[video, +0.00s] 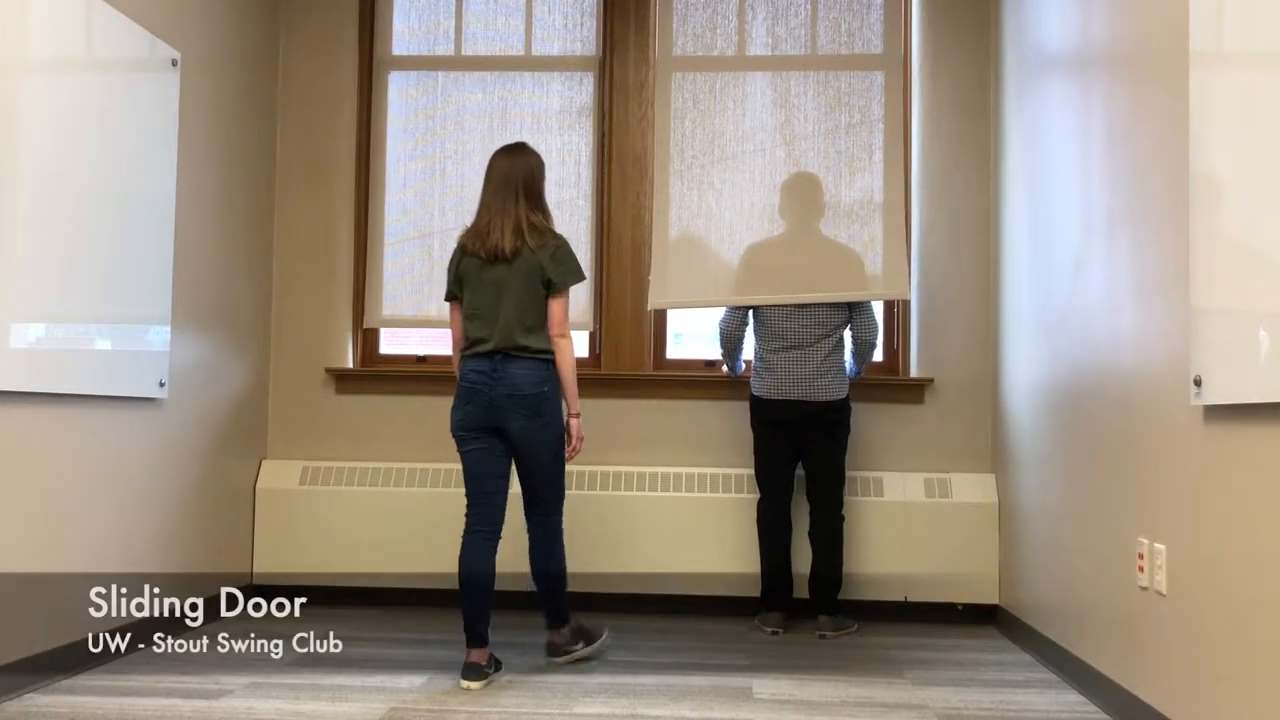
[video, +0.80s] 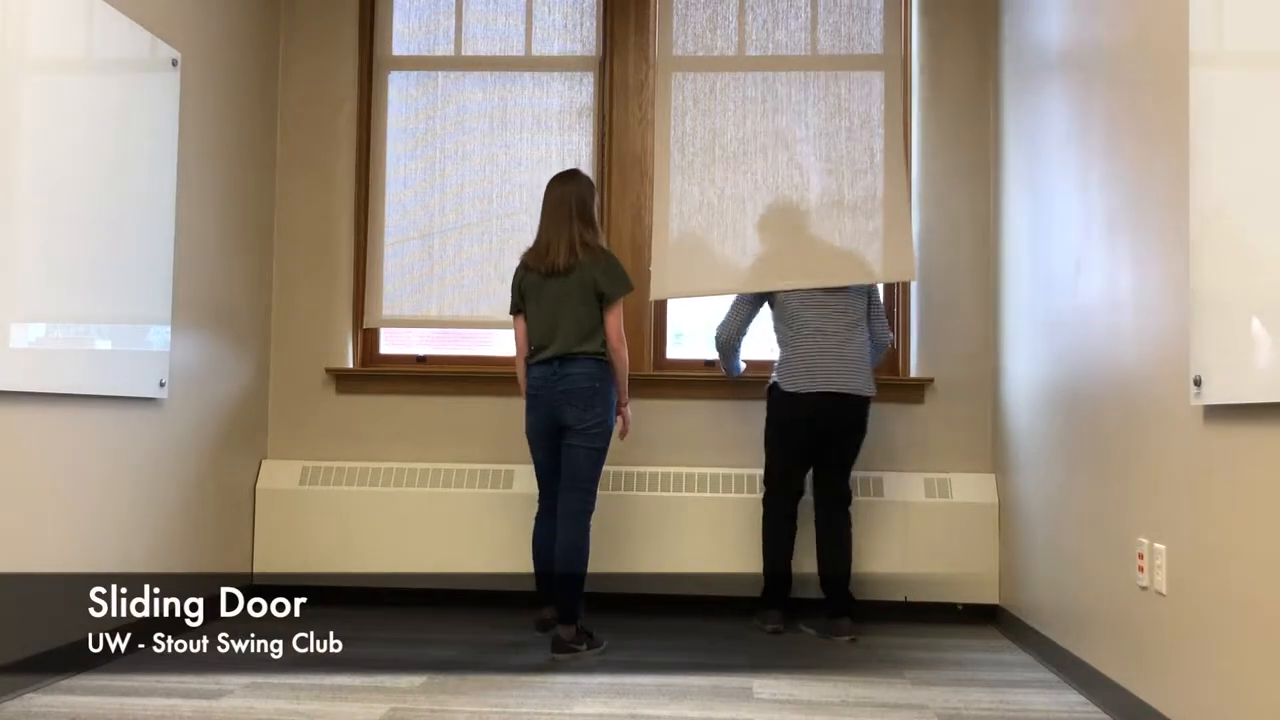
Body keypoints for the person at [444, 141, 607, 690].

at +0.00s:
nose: (545, 190)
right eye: (542, 181)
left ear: (490, 185)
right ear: (537, 186)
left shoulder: (466, 248)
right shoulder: (550, 247)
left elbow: (459, 339)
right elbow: (559, 334)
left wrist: (467, 396)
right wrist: (574, 410)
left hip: (473, 392)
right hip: (533, 391)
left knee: (480, 523)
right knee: (545, 516)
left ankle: (476, 652)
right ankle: (560, 632)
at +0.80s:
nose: (598, 211)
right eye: (594, 203)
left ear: (547, 207)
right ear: (589, 208)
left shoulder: (527, 267)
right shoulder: (601, 263)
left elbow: (523, 349)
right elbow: (615, 340)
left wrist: (531, 399)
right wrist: (622, 399)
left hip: (540, 389)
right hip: (589, 386)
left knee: (549, 501)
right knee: (576, 506)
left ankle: (549, 611)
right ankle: (568, 629)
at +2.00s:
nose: (574, 216)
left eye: (578, 210)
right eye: (565, 209)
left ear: (582, 218)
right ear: (545, 216)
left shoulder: (575, 277)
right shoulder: (534, 267)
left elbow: (581, 350)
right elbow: (531, 338)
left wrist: (591, 404)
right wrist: (560, 399)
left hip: (574, 394)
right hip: (543, 393)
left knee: (571, 502)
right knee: (550, 501)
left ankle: (556, 604)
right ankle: (534, 610)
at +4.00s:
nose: (570, 217)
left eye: (575, 210)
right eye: (560, 211)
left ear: (583, 216)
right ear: (543, 218)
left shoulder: (592, 276)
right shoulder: (528, 266)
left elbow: (603, 346)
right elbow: (521, 337)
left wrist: (591, 396)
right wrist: (552, 395)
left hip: (579, 394)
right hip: (536, 392)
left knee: (565, 505)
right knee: (535, 501)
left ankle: (558, 607)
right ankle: (529, 609)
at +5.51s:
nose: (579, 216)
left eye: (580, 209)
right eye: (570, 209)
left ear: (576, 217)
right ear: (544, 214)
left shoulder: (577, 275)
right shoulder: (531, 267)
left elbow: (588, 344)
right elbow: (538, 334)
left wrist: (622, 334)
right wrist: (603, 331)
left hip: (579, 398)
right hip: (543, 397)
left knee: (589, 502)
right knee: (545, 503)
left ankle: (561, 609)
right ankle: (531, 613)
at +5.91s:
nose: (595, 214)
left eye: (594, 207)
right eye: (586, 207)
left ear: (581, 215)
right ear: (561, 215)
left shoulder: (583, 270)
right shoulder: (552, 269)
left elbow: (588, 336)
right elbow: (561, 337)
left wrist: (629, 324)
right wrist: (622, 330)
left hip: (590, 397)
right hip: (563, 398)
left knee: (589, 505)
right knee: (588, 506)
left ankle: (568, 610)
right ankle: (536, 603)